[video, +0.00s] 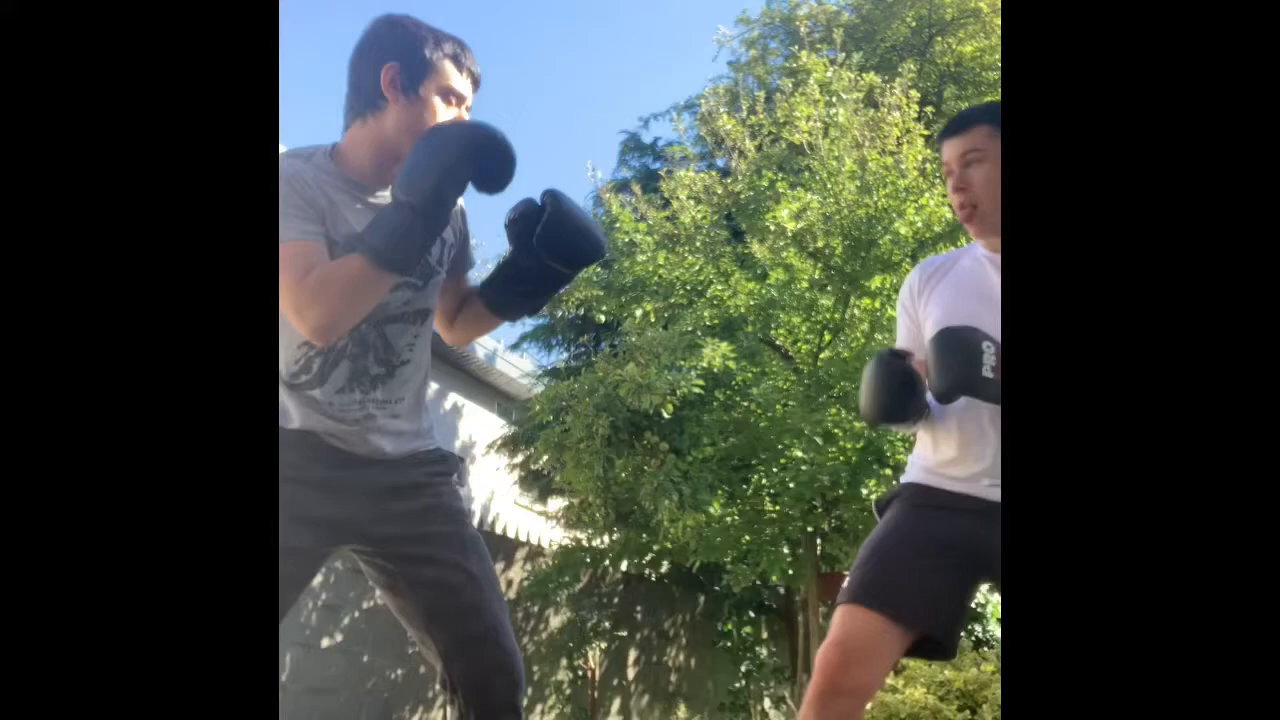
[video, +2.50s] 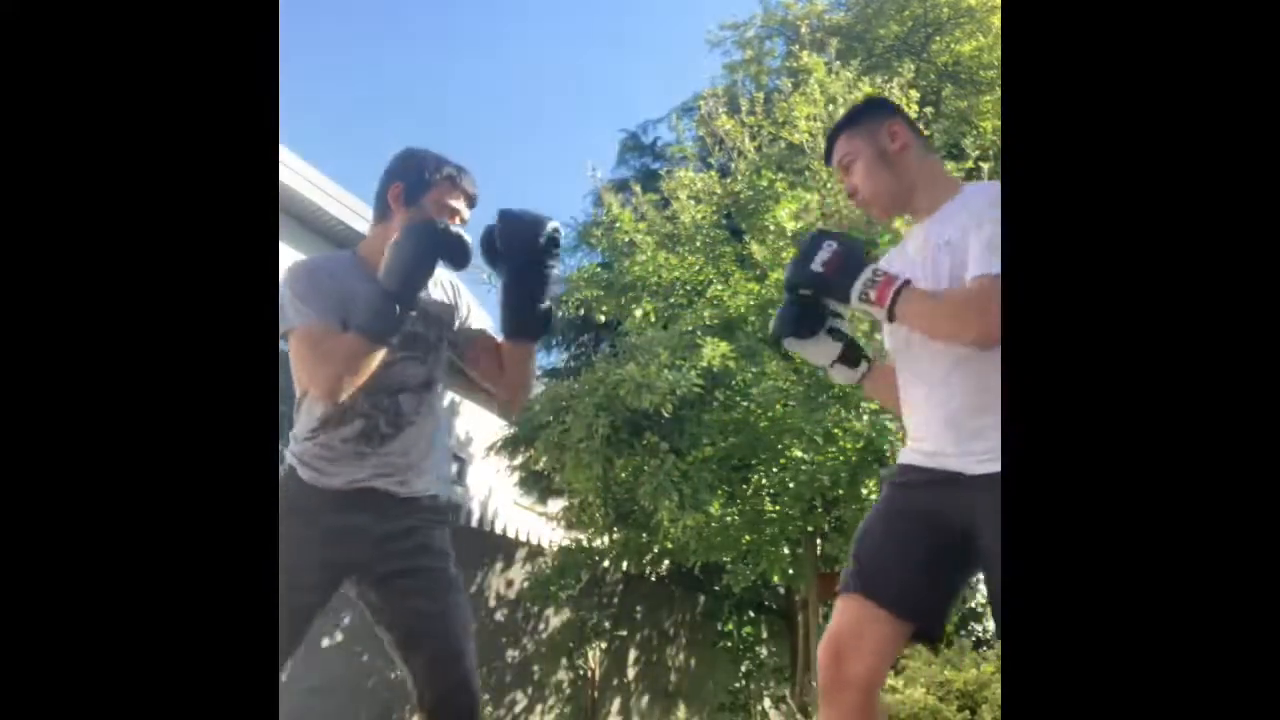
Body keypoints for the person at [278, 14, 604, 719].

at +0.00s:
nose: (464, 122)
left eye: (468, 107)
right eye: (453, 99)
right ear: (393, 82)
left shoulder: (440, 207)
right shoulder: (295, 178)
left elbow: (455, 324)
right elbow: (317, 315)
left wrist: (522, 280)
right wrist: (416, 204)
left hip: (410, 467)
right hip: (300, 457)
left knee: (493, 672)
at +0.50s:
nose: (503, 175)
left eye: (510, 164)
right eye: (502, 157)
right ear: (467, 137)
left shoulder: (429, 244)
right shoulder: (321, 179)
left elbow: (476, 360)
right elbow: (378, 317)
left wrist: (538, 242)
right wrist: (486, 207)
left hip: (339, 486)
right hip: (287, 469)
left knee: (464, 688)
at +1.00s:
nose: (543, 271)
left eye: (552, 263)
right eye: (545, 250)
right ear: (512, 216)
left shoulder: (439, 325)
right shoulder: (420, 237)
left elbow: (443, 460)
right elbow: (431, 172)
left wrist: (551, 411)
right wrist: (564, 212)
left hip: (334, 505)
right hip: (288, 475)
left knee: (467, 674)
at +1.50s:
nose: (694, 255)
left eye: (697, 248)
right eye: (685, 235)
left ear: (673, 263)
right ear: (635, 222)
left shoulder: (649, 321)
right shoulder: (545, 235)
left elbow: (761, 289)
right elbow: (454, 155)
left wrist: (863, 223)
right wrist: (566, 163)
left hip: (503, 488)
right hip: (418, 446)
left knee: (607, 661)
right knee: (315, 667)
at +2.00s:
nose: (534, 223)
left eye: (539, 214)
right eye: (522, 205)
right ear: (470, 198)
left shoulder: (515, 316)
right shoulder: (385, 269)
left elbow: (519, 442)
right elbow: (358, 361)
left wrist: (581, 390)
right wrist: (454, 283)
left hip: (455, 522)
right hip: (357, 510)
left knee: (555, 680)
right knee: (286, 686)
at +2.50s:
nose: (459, 225)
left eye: (465, 215)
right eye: (451, 205)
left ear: (460, 230)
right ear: (397, 195)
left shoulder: (445, 303)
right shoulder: (313, 276)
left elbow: (511, 392)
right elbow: (326, 383)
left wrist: (524, 281)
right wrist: (396, 290)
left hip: (412, 519)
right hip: (311, 507)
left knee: (456, 701)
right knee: (277, 663)